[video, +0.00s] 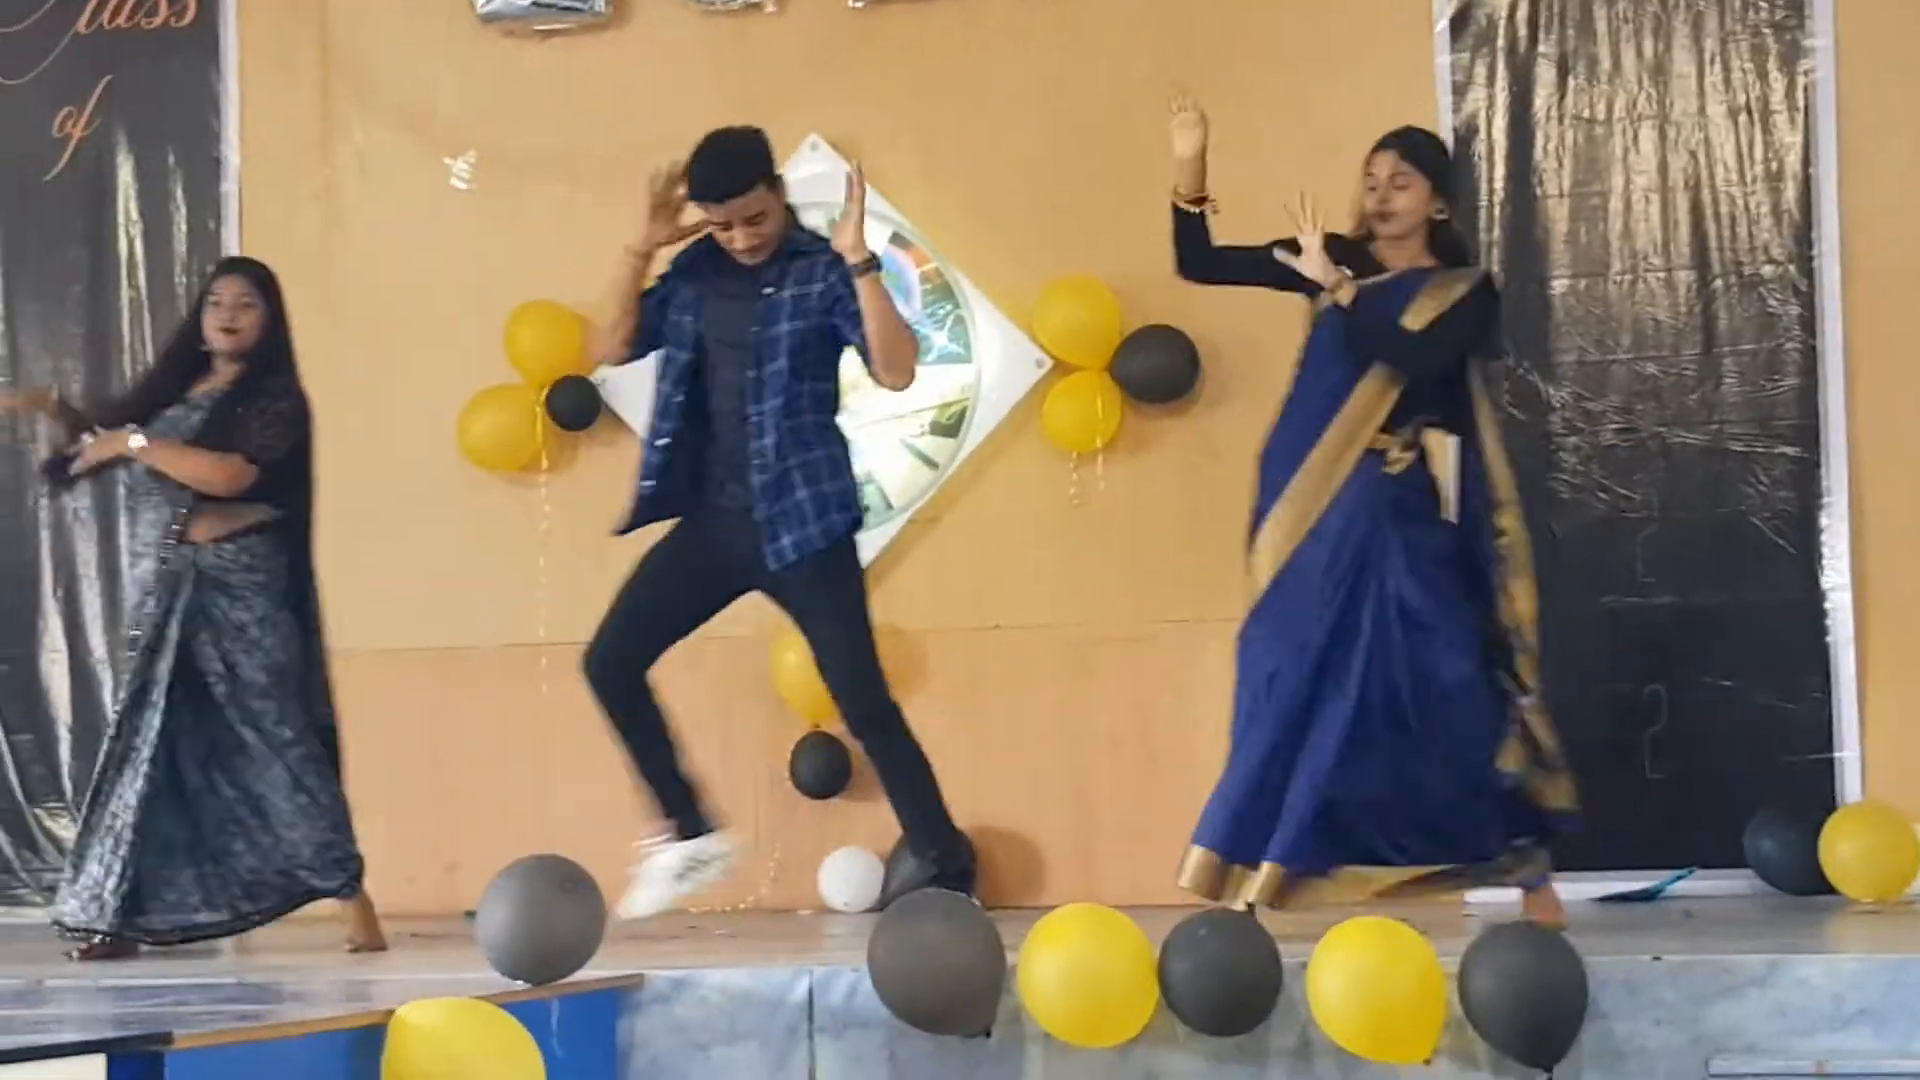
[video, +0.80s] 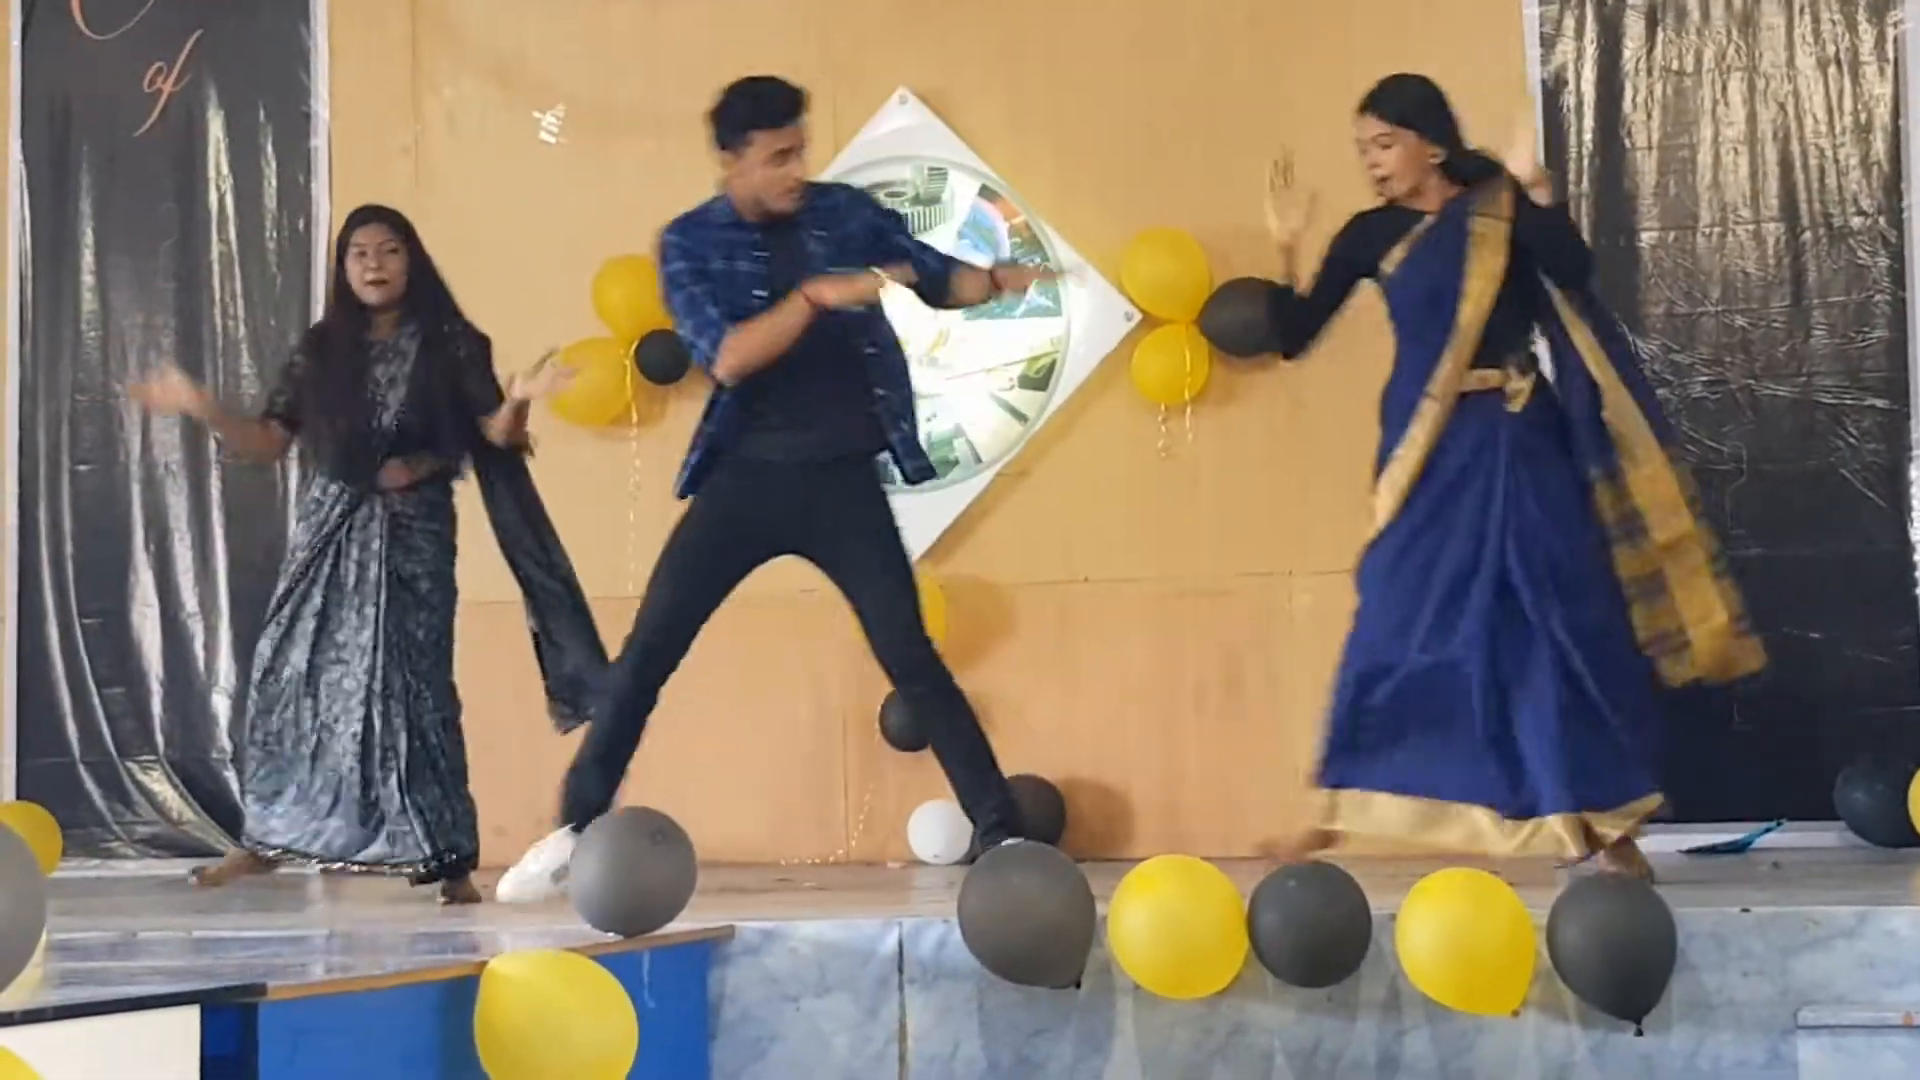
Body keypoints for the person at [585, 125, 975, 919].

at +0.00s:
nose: (741, 237)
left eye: (756, 218)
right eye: (724, 224)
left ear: (781, 196)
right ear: (703, 215)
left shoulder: (826, 270)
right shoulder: (693, 275)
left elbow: (897, 368)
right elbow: (616, 349)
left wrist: (860, 261)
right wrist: (642, 251)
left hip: (804, 527)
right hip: (714, 527)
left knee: (864, 706)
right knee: (611, 663)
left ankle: (948, 871)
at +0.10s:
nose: (776, 228)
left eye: (790, 210)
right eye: (760, 215)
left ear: (825, 187)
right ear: (742, 204)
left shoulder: (872, 261)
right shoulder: (745, 256)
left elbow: (922, 368)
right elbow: (664, 333)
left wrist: (877, 264)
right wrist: (668, 241)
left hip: (844, 518)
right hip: (757, 520)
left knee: (897, 694)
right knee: (677, 678)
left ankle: (968, 879)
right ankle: (808, 843)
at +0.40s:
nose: (888, 169)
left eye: (902, 151)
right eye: (870, 155)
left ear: (922, 129)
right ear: (842, 142)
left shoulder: (961, 187)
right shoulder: (813, 180)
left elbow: (1007, 306)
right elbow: (739, 270)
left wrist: (928, 263)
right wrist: (755, 244)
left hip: (930, 459)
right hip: (837, 458)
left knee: (958, 650)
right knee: (765, 634)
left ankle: (1004, 846)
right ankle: (820, 829)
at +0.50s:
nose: (928, 166)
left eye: (936, 146)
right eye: (908, 152)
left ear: (944, 138)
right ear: (865, 149)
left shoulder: (972, 226)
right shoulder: (807, 221)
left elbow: (989, 361)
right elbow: (767, 342)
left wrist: (921, 352)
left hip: (930, 471)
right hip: (833, 472)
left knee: (959, 657)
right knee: (787, 660)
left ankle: (1010, 854)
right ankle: (830, 849)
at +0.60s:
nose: (923, 180)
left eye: (928, 162)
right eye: (903, 167)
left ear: (935, 156)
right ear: (856, 169)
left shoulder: (961, 253)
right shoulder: (799, 258)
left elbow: (978, 376)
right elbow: (777, 389)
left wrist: (946, 414)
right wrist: (830, 457)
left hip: (915, 481)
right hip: (817, 481)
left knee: (955, 662)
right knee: (740, 657)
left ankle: (1009, 847)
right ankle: (780, 825)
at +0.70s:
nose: (872, 181)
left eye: (874, 162)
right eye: (852, 168)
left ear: (876, 154)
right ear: (805, 167)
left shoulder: (914, 233)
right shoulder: (760, 253)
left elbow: (972, 329)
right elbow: (763, 394)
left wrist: (992, 365)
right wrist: (851, 391)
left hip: (880, 487)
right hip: (782, 484)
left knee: (931, 664)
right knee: (684, 643)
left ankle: (1002, 834)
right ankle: (685, 813)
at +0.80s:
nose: (799, 168)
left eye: (801, 151)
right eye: (780, 157)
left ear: (804, 145)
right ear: (729, 160)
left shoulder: (843, 213)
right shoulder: (691, 242)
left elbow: (935, 280)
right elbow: (725, 360)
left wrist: (993, 280)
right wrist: (812, 294)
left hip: (844, 484)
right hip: (741, 486)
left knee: (910, 657)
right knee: (647, 653)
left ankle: (999, 834)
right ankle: (576, 828)